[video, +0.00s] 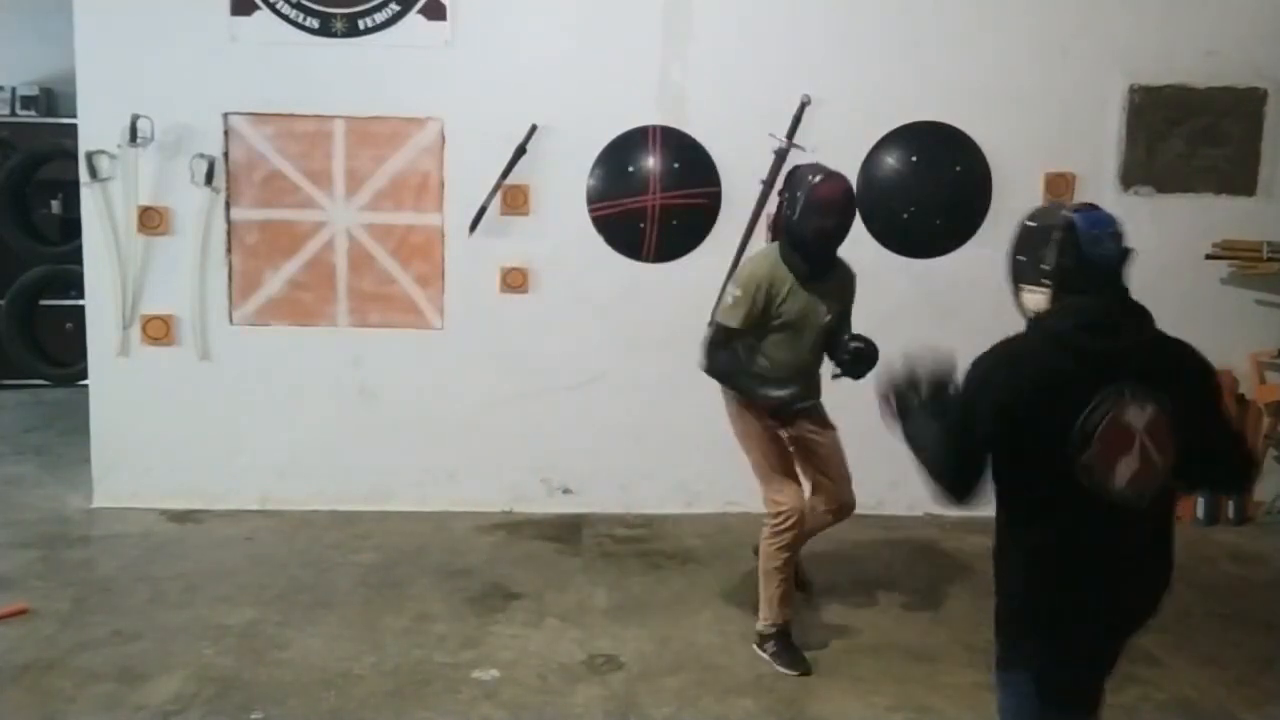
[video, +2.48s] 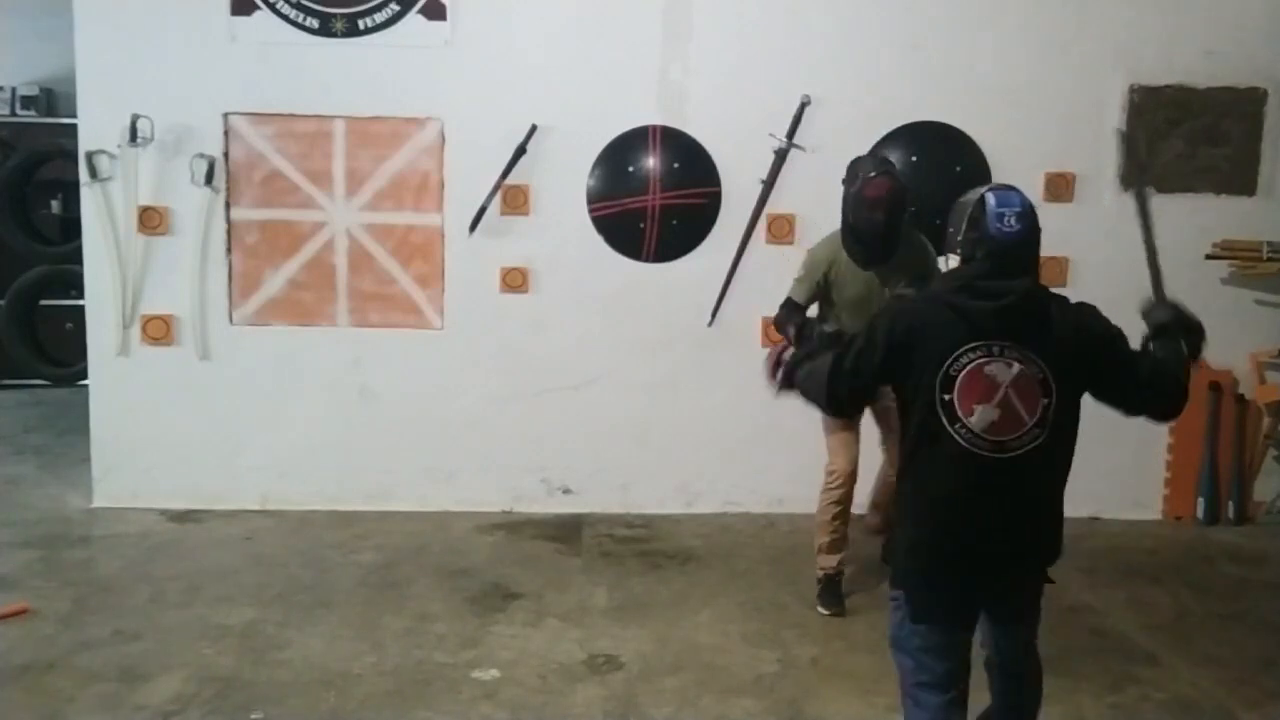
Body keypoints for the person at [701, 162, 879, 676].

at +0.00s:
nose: (830, 233)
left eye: (839, 223)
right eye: (821, 220)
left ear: (845, 226)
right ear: (793, 217)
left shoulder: (839, 279)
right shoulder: (760, 270)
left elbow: (836, 340)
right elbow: (716, 353)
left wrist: (852, 354)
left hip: (805, 405)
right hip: (751, 406)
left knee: (837, 501)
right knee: (786, 508)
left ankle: (780, 548)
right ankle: (772, 629)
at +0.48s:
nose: (821, 186)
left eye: (831, 175)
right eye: (811, 175)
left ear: (842, 183)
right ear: (788, 181)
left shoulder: (857, 243)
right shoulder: (765, 242)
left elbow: (901, 299)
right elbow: (719, 314)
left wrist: (894, 258)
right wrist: (752, 324)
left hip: (828, 381)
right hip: (776, 378)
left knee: (816, 486)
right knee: (792, 487)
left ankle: (790, 568)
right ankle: (776, 610)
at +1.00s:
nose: (851, 216)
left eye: (860, 205)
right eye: (841, 204)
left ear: (869, 209)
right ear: (816, 203)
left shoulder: (871, 257)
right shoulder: (788, 258)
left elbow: (875, 333)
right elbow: (754, 337)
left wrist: (882, 341)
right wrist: (768, 319)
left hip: (837, 383)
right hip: (789, 381)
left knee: (840, 481)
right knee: (809, 488)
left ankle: (807, 550)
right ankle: (783, 609)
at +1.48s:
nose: (868, 209)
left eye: (877, 199)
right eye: (859, 198)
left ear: (887, 204)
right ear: (838, 199)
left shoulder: (892, 247)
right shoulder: (812, 248)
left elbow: (911, 314)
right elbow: (769, 308)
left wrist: (909, 296)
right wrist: (801, 335)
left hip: (861, 378)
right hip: (816, 376)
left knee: (860, 473)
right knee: (835, 470)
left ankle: (829, 545)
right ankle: (811, 584)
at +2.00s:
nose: (865, 187)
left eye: (874, 177)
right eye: (856, 176)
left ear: (887, 184)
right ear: (838, 180)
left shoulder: (904, 239)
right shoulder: (814, 236)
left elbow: (934, 300)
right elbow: (774, 300)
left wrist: (915, 295)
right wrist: (809, 298)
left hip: (872, 369)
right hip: (824, 367)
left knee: (855, 467)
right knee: (836, 470)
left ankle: (828, 547)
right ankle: (829, 569)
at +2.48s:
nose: (879, 217)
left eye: (888, 207)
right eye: (870, 205)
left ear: (901, 210)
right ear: (851, 207)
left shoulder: (915, 252)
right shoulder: (828, 253)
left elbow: (935, 306)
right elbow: (788, 314)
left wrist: (923, 347)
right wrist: (813, 336)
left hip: (894, 366)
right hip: (842, 366)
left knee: (904, 453)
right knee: (843, 468)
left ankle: (882, 524)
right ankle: (829, 571)